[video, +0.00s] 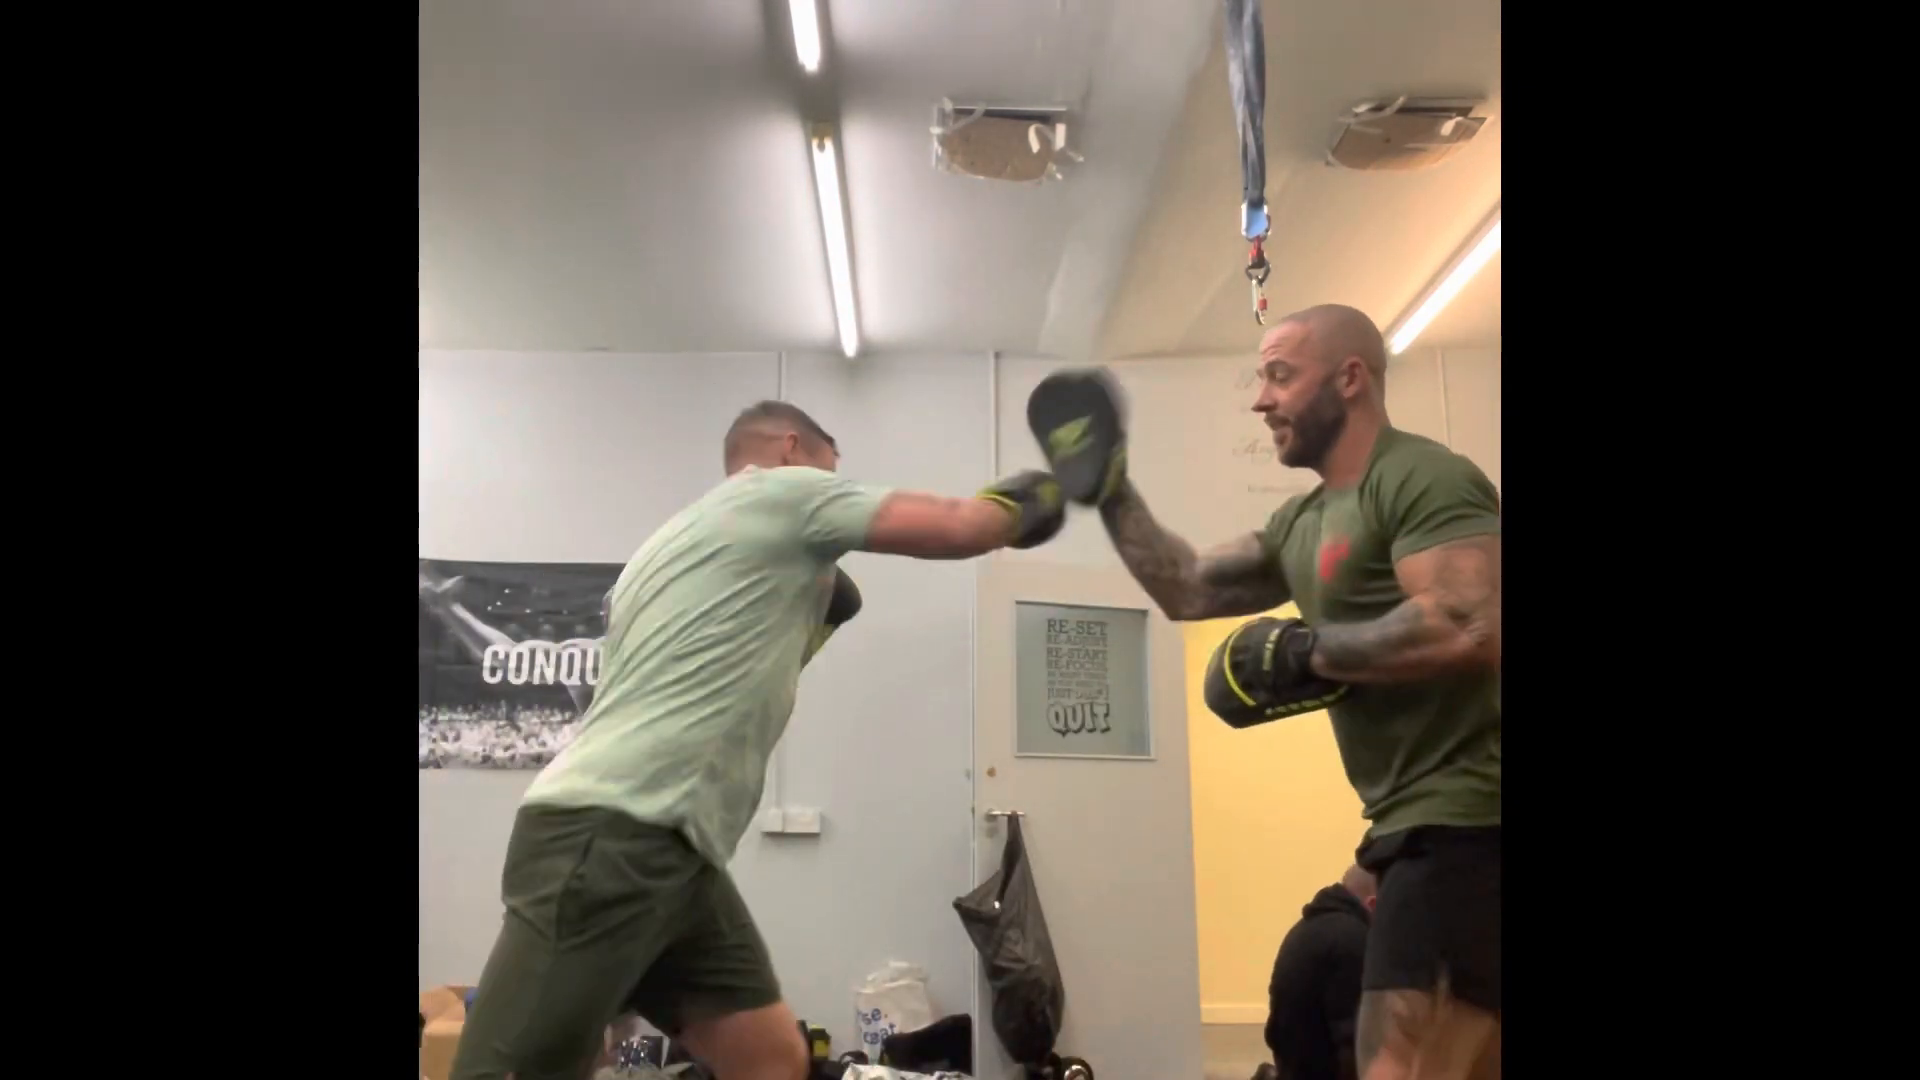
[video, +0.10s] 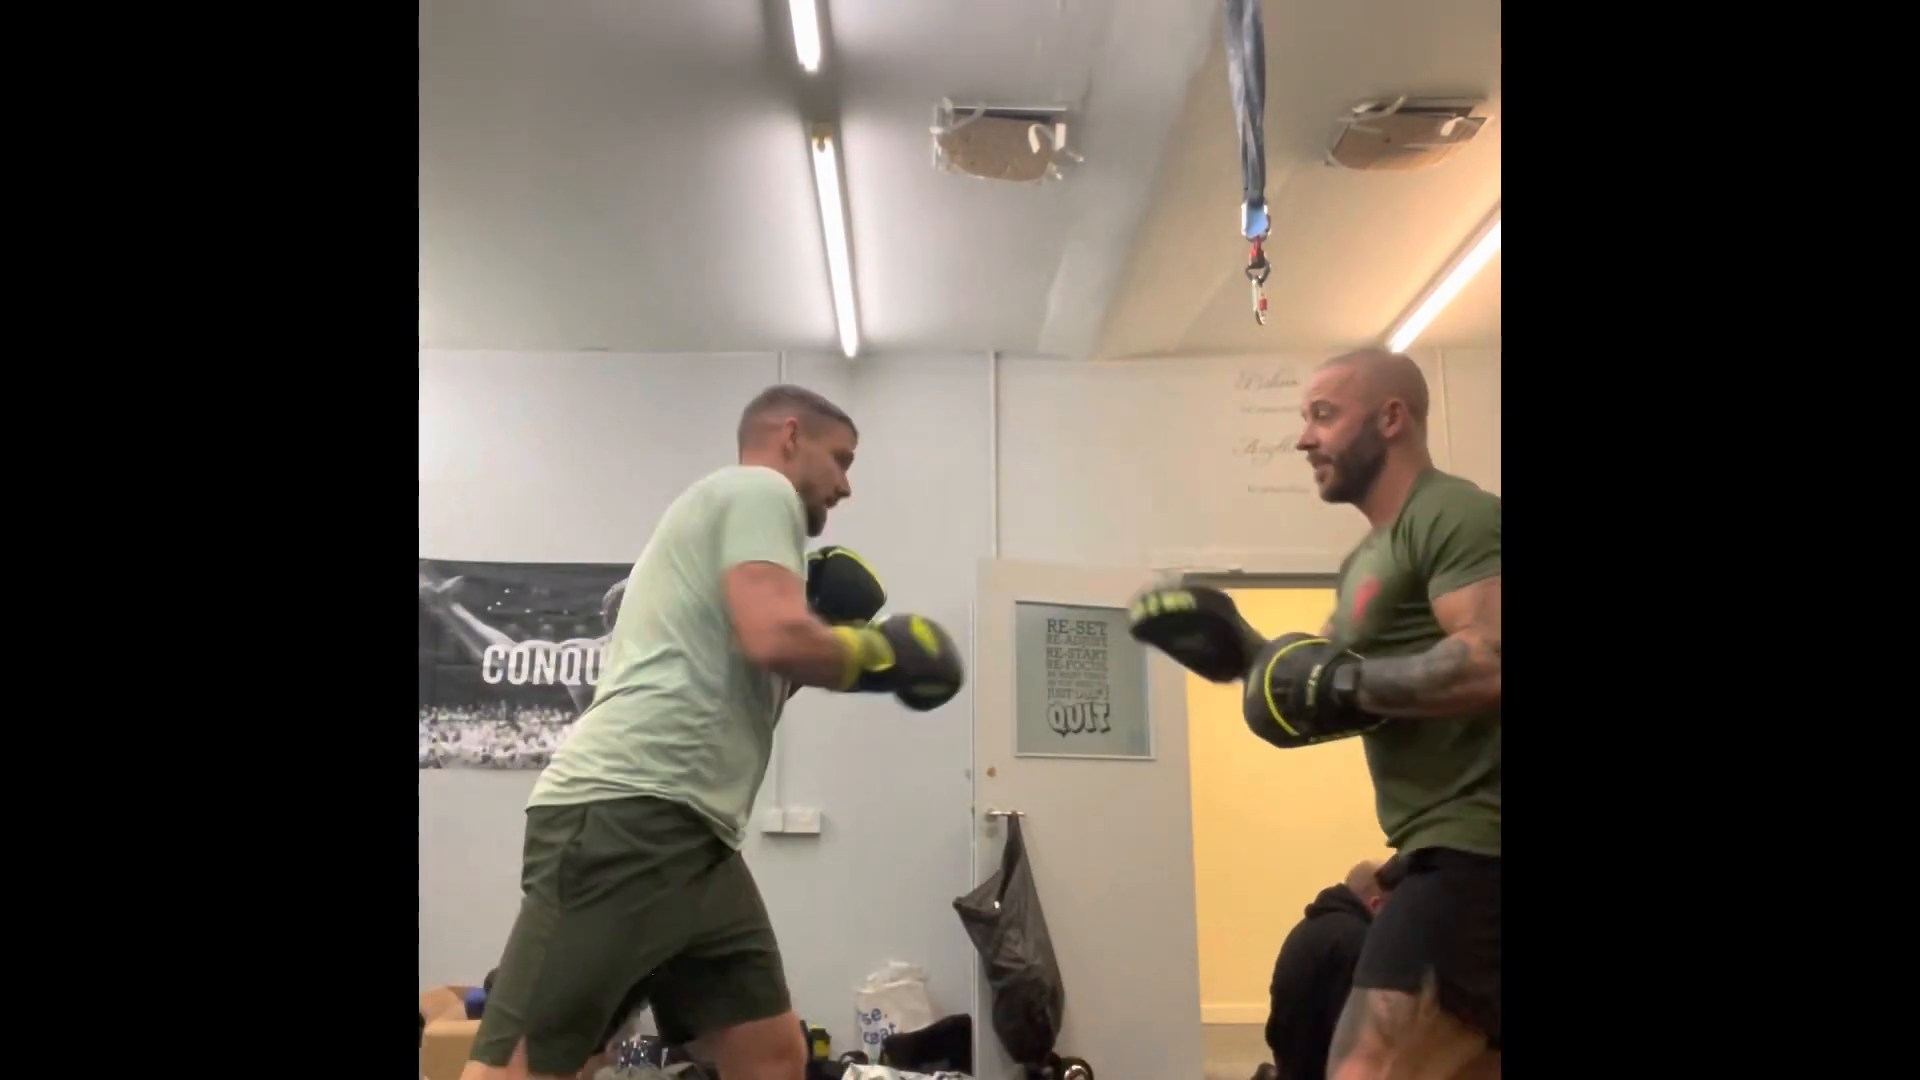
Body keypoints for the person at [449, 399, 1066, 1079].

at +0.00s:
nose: (834, 483)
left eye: (834, 470)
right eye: (830, 467)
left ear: (747, 458)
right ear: (790, 447)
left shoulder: (665, 549)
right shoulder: (781, 494)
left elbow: (709, 670)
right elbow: (963, 526)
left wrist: (815, 617)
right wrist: (1033, 498)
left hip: (668, 855)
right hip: (606, 836)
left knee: (768, 1058)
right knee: (508, 1068)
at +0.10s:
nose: (846, 486)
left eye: (849, 467)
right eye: (839, 460)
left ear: (784, 442)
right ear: (789, 438)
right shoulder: (755, 490)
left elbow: (737, 694)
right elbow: (773, 636)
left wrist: (812, 627)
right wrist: (883, 652)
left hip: (691, 836)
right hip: (615, 817)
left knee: (770, 1057)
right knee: (519, 1068)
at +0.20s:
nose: (788, 435)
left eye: (790, 416)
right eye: (777, 409)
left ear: (718, 403)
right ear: (715, 395)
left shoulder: (728, 540)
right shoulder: (630, 466)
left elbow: (710, 711)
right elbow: (618, 611)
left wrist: (789, 636)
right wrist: (748, 576)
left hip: (699, 843)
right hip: (582, 826)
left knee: (767, 1060)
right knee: (523, 1066)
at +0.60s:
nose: (861, 376)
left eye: (862, 355)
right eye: (850, 350)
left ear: (791, 342)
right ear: (790, 336)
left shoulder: (783, 470)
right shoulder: (723, 417)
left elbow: (739, 639)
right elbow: (734, 582)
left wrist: (849, 607)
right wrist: (846, 535)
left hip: (789, 819)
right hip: (683, 808)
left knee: (868, 1063)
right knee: (646, 1069)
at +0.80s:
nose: (992, 443)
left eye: (991, 421)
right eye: (976, 417)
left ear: (911, 417)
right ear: (905, 413)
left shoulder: (971, 528)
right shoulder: (802, 528)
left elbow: (1072, 559)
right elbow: (738, 702)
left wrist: (1173, 490)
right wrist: (857, 635)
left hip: (938, 881)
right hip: (802, 872)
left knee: (1035, 1066)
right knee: (758, 1066)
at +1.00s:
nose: (1091, 472)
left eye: (1094, 453)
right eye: (1077, 452)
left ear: (1019, 444)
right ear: (1007, 438)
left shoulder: (1066, 545)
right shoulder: (915, 532)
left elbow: (1168, 585)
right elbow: (860, 696)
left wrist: (1264, 523)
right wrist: (990, 644)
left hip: (988, 874)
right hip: (861, 867)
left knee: (1111, 1071)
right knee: (792, 1074)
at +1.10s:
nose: (1065, 418)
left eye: (1062, 397)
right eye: (1048, 395)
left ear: (991, 398)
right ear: (983, 395)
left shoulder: (1005, 527)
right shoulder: (903, 503)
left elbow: (955, 688)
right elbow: (860, 677)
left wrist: (1048, 699)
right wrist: (997, 634)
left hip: (993, 854)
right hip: (879, 847)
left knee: (1092, 1065)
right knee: (814, 1072)